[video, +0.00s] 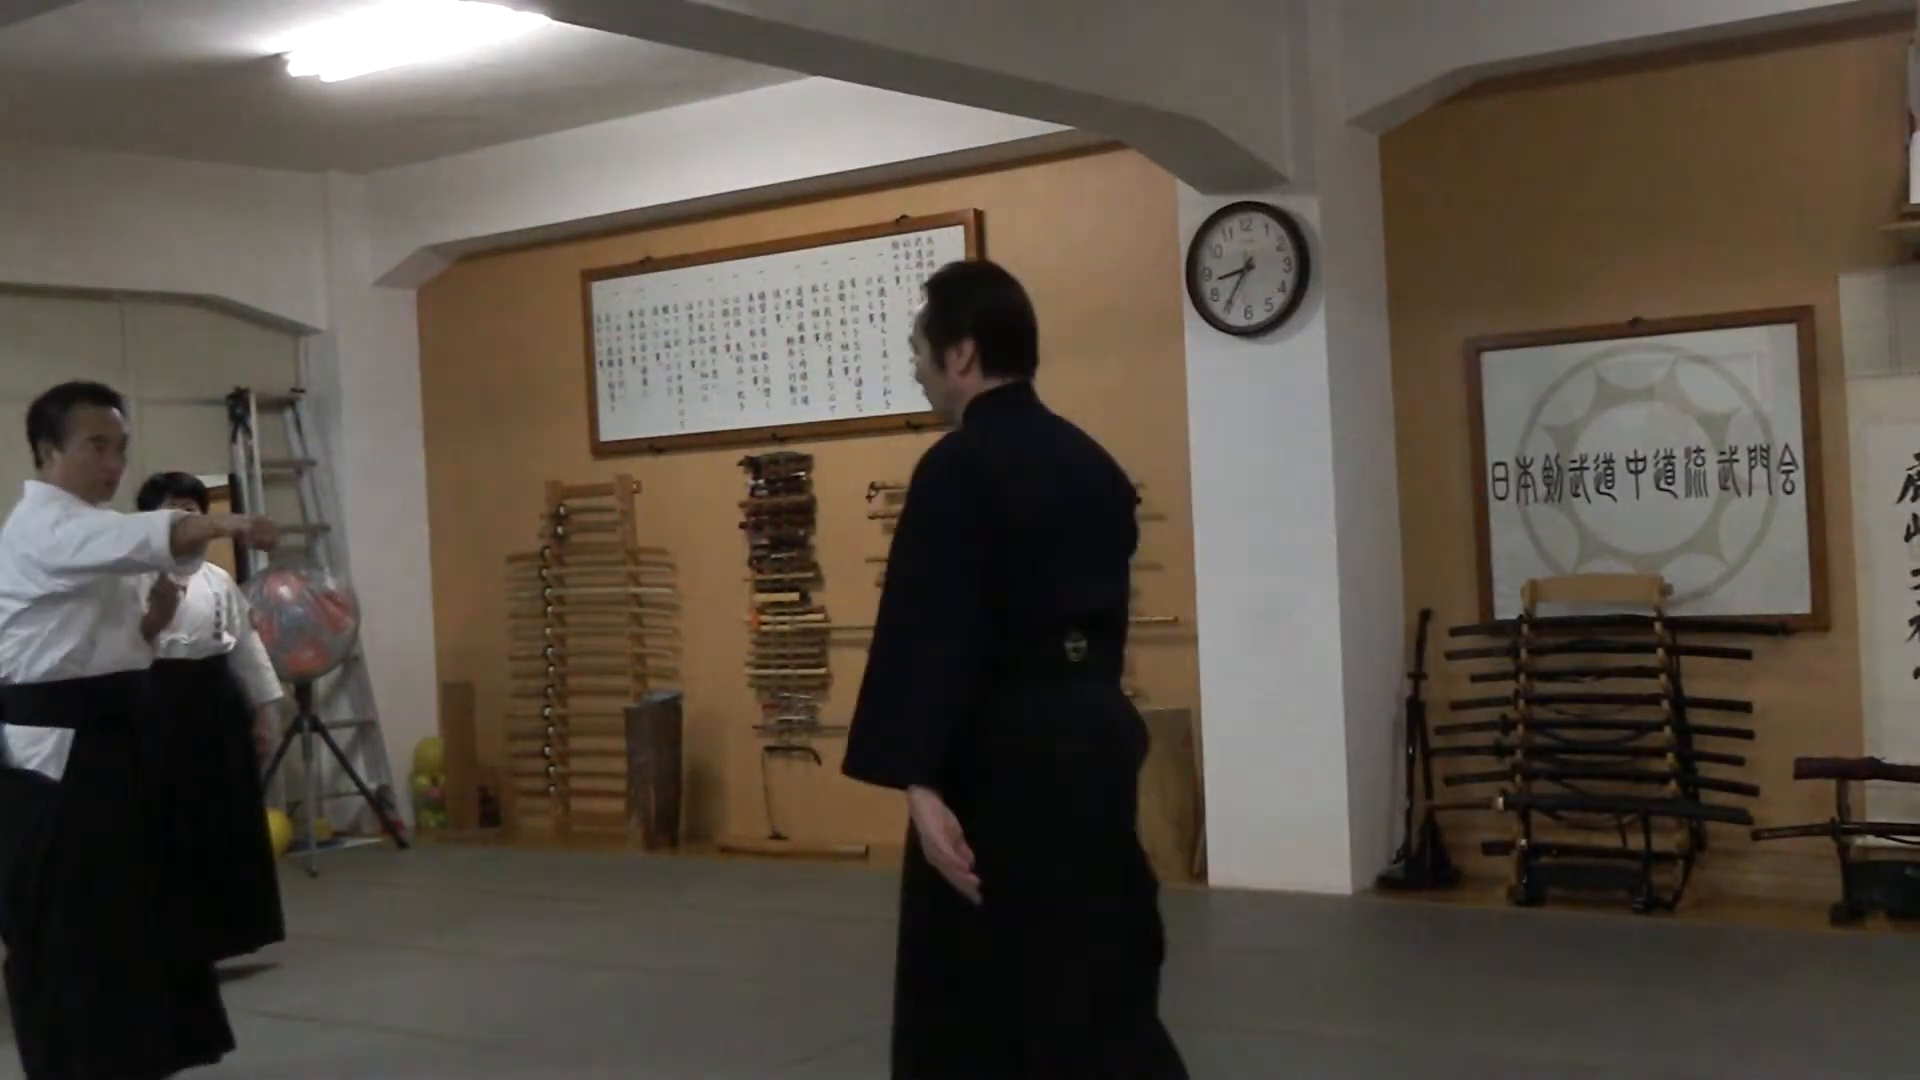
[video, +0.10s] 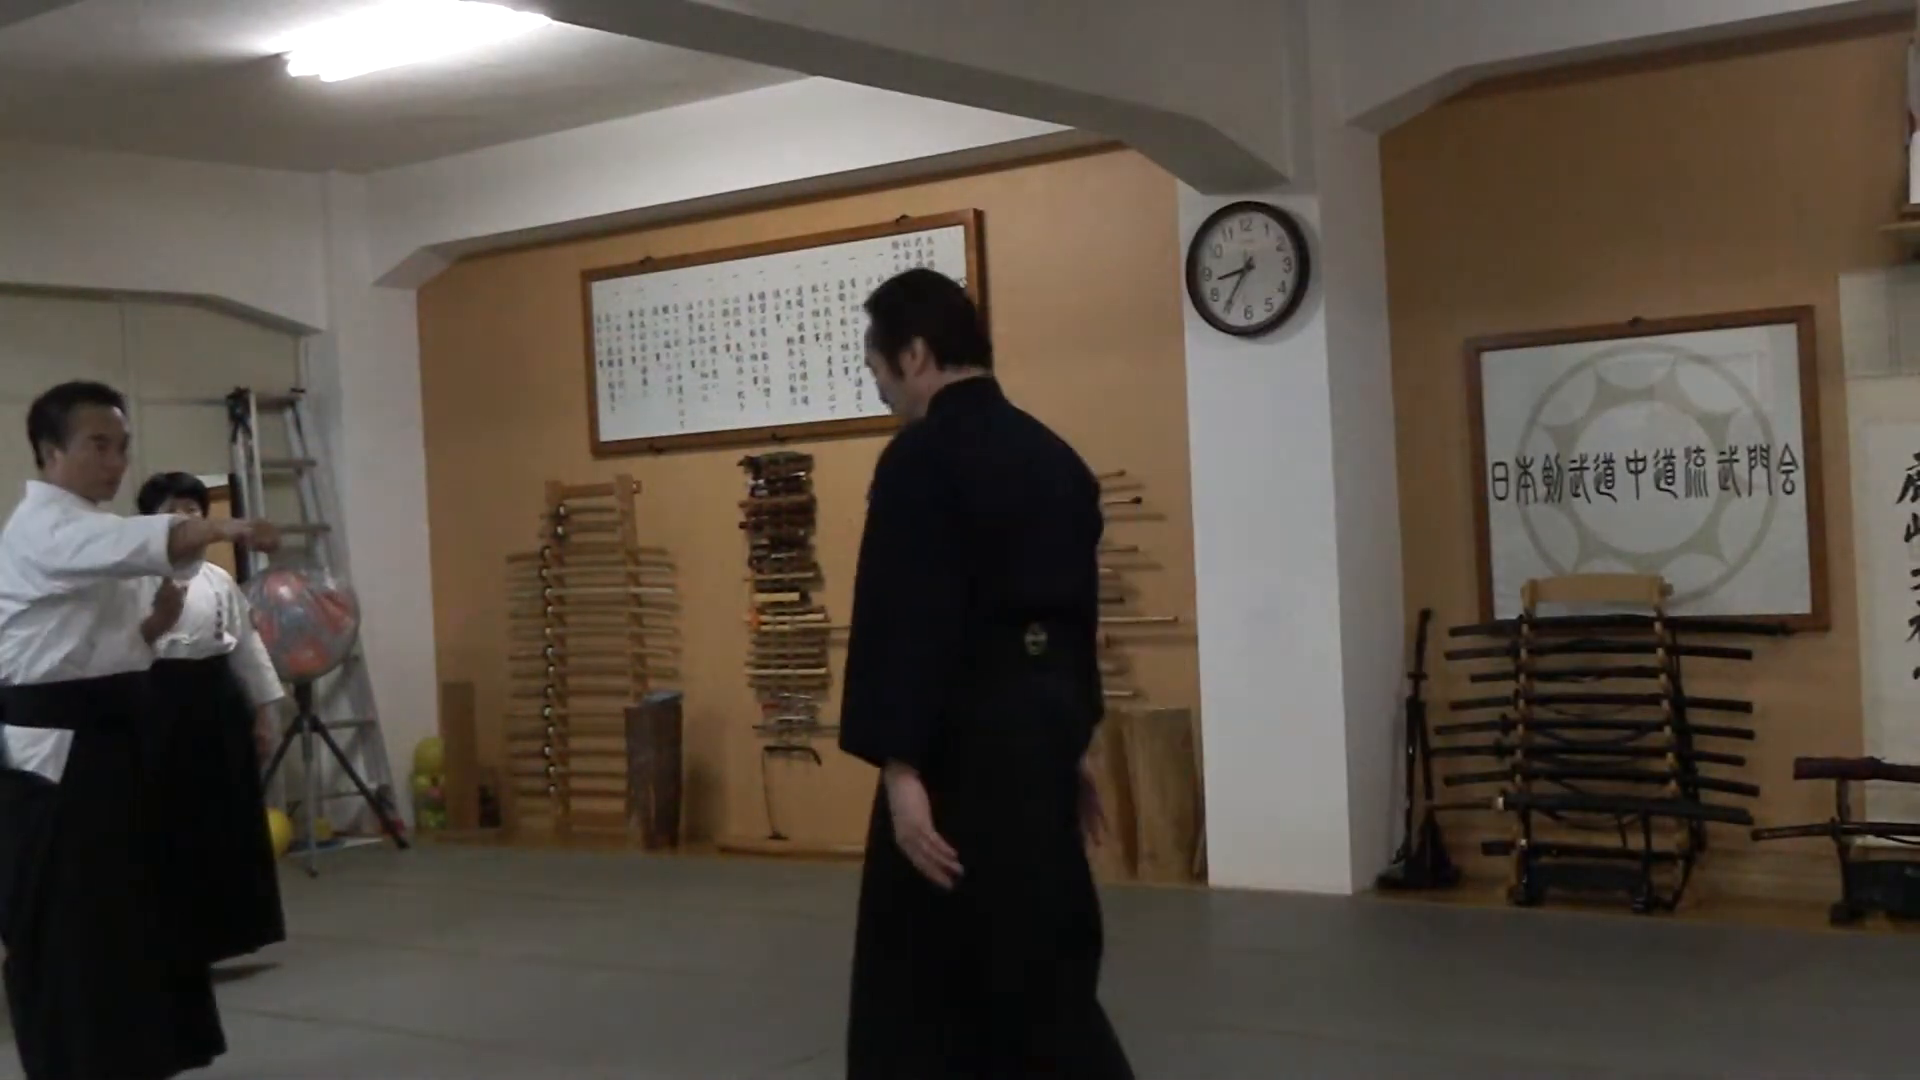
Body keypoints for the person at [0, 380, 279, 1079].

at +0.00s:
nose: (116, 461)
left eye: (121, 447)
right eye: (99, 445)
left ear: (122, 452)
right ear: (49, 451)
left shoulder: (91, 528)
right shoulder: (40, 523)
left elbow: (127, 637)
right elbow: (135, 536)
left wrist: (164, 593)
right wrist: (227, 526)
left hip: (104, 731)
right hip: (49, 739)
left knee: (120, 909)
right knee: (69, 923)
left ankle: (128, 1057)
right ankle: (79, 1062)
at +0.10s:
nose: (118, 460)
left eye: (123, 446)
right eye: (100, 444)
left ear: (124, 452)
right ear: (51, 451)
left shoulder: (86, 528)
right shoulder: (42, 523)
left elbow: (101, 648)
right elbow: (132, 541)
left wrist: (154, 621)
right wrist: (224, 529)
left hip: (100, 737)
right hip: (49, 746)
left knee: (117, 912)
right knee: (68, 926)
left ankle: (129, 1058)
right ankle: (80, 1062)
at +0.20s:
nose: (119, 460)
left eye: (124, 446)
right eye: (102, 444)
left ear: (124, 451)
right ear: (52, 451)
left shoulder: (85, 528)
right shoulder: (42, 523)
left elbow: (107, 650)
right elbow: (134, 541)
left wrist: (158, 620)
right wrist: (227, 529)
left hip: (102, 736)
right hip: (51, 745)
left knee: (120, 913)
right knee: (72, 925)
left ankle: (132, 1058)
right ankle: (82, 1062)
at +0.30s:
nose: (121, 460)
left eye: (125, 446)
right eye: (104, 444)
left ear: (126, 452)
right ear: (54, 451)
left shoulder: (87, 529)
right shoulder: (43, 523)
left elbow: (101, 652)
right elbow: (133, 544)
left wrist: (156, 630)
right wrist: (227, 531)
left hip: (104, 734)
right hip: (51, 742)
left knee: (122, 913)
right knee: (71, 924)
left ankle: (133, 1058)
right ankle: (81, 1062)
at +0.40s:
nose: (126, 461)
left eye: (132, 447)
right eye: (108, 446)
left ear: (135, 451)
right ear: (61, 452)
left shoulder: (103, 535)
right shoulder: (42, 531)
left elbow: (110, 659)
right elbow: (121, 572)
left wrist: (168, 654)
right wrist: (211, 564)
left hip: (109, 743)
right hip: (51, 752)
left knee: (126, 922)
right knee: (71, 932)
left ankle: (135, 1058)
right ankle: (80, 1061)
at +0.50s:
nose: (130, 462)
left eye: (138, 447)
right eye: (112, 447)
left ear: (145, 454)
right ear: (64, 454)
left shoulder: (141, 542)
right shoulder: (38, 543)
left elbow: (169, 631)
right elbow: (93, 637)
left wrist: (192, 684)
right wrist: (172, 652)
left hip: (133, 752)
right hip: (54, 762)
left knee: (144, 924)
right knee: (68, 937)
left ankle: (147, 1059)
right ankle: (78, 1066)